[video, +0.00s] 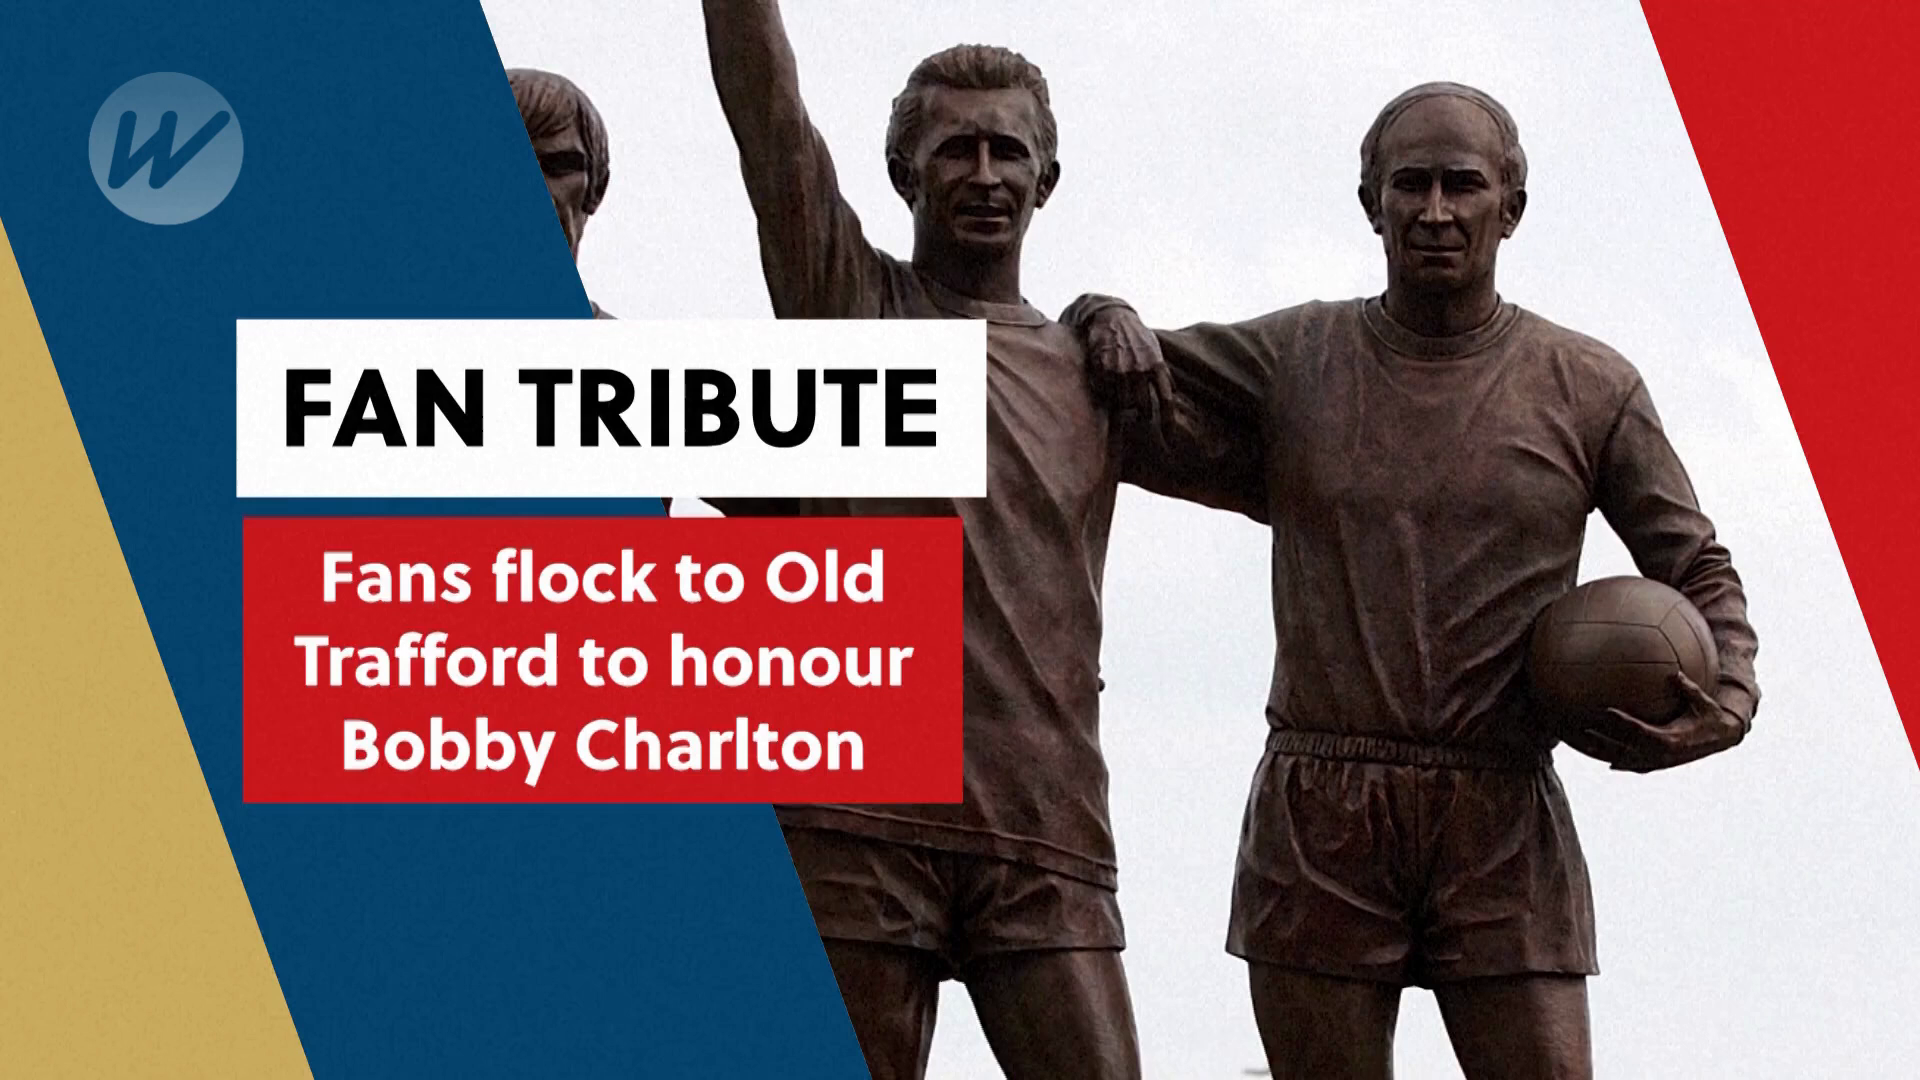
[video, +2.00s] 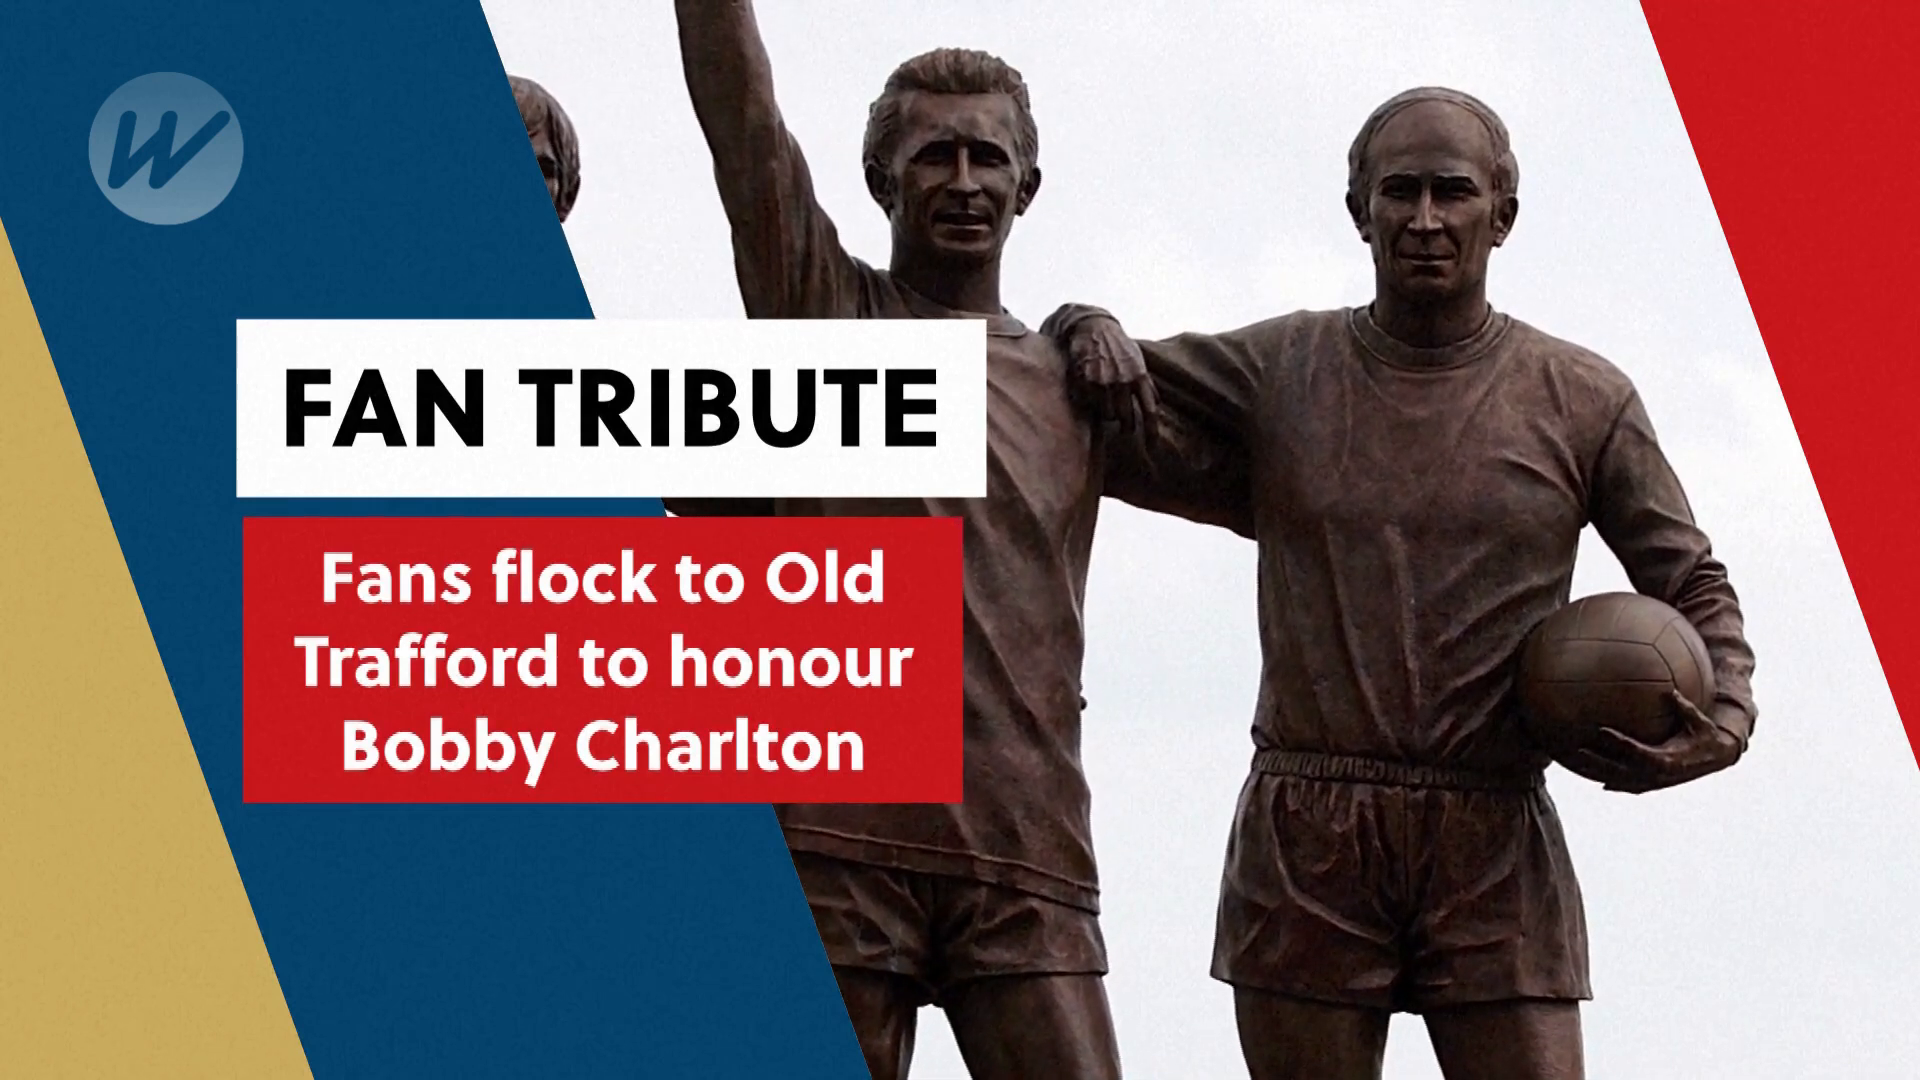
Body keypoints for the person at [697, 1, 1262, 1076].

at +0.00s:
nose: (985, 172)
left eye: (1009, 150)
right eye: (956, 149)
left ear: (1043, 177)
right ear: (903, 174)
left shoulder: (1094, 375)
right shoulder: (843, 303)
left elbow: (1293, 464)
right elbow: (761, 101)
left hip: (1047, 837)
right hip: (850, 827)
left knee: (1099, 1068)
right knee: (859, 1062)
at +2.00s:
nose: (963, 178)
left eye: (987, 156)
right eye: (933, 156)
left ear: (1024, 184)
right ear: (882, 182)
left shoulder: (1077, 388)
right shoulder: (820, 314)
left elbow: (1283, 482)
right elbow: (741, 122)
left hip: (1027, 859)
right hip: (833, 851)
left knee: (1079, 1067)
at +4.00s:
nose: (944, 185)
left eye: (968, 162)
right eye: (913, 162)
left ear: (1006, 192)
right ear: (860, 187)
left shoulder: (1060, 397)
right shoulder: (794, 325)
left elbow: (1269, 496)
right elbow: (714, 127)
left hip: (1007, 871)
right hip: (813, 870)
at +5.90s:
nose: (924, 193)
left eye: (950, 169)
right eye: (893, 168)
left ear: (988, 201)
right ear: (839, 196)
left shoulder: (1042, 407)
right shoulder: (771, 336)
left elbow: (1250, 507)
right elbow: (691, 132)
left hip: (991, 901)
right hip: (797, 893)